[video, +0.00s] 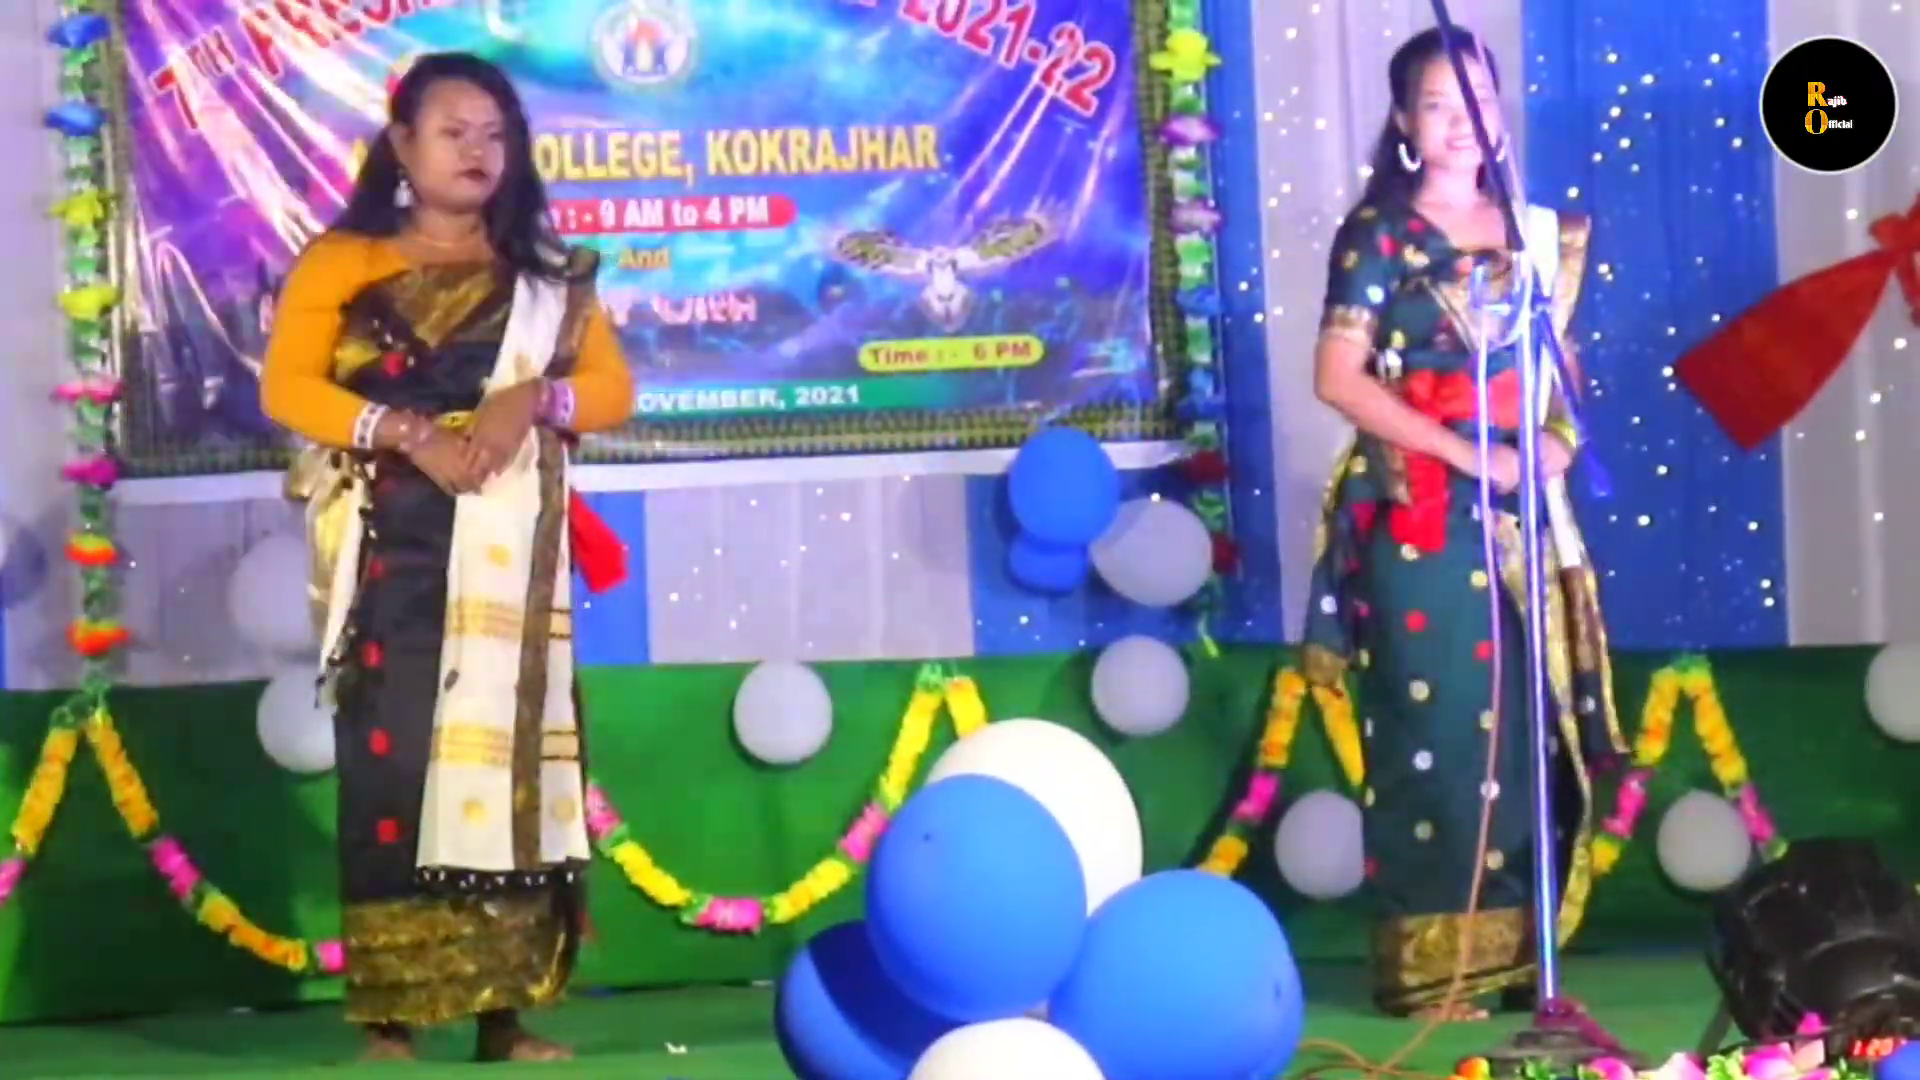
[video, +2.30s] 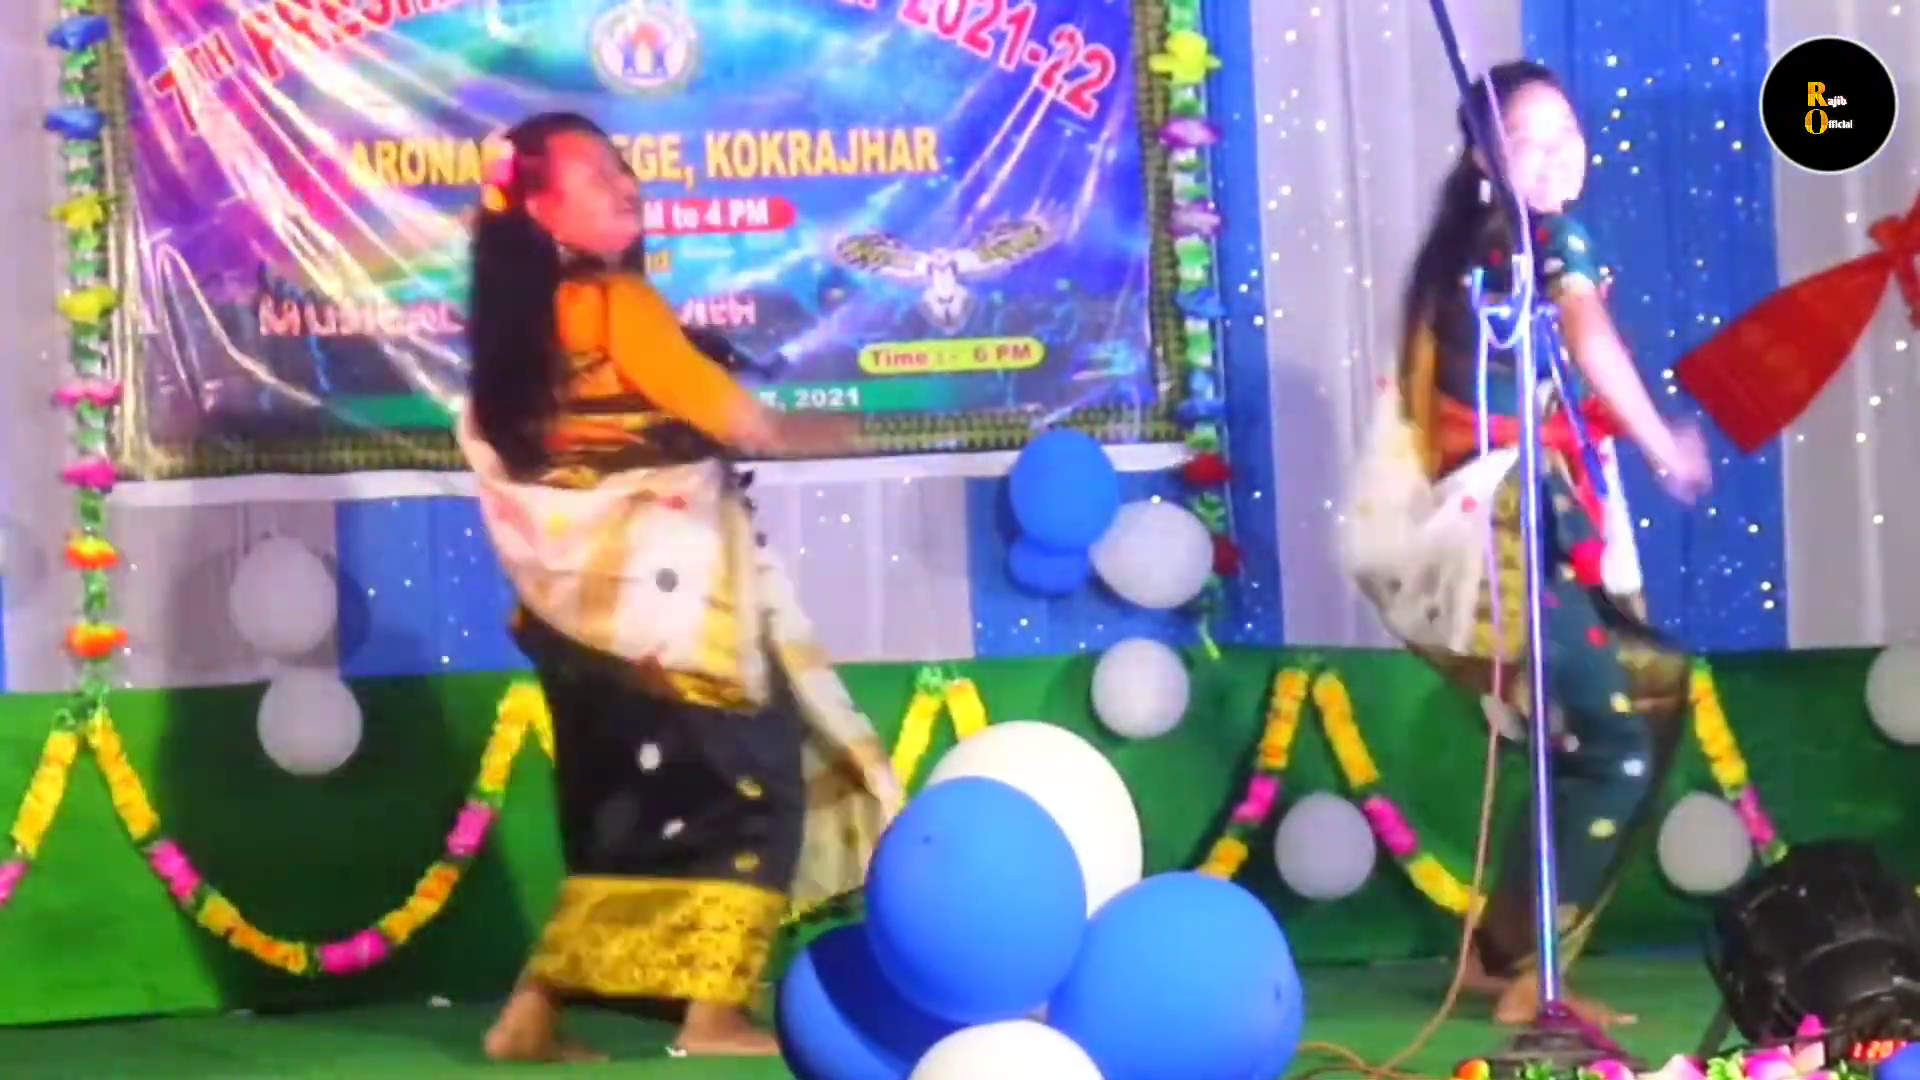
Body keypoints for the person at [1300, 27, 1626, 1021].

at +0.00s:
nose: (1456, 122)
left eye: (1471, 104)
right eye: (1435, 107)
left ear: (1495, 114)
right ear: (1405, 122)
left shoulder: (1527, 227)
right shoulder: (1379, 233)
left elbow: (1550, 360)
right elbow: (1337, 377)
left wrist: (1555, 435)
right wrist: (1463, 451)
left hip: (1521, 505)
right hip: (1425, 512)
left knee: (1532, 720)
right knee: (1442, 723)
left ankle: (1520, 951)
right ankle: (1434, 957)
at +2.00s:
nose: (1503, 139)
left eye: (1510, 119)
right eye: (1478, 125)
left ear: (1530, 129)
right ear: (1441, 145)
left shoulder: (1525, 248)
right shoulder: (1448, 244)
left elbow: (1536, 390)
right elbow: (1441, 391)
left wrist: (1609, 446)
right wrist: (1549, 435)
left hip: (1513, 529)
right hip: (1460, 531)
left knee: (1563, 727)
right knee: (1554, 727)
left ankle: (1451, 907)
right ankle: (1477, 929)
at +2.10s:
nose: (1524, 113)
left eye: (1529, 93)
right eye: (1502, 101)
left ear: (1541, 99)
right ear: (1459, 122)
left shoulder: (1535, 210)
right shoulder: (1457, 207)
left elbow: (1626, 332)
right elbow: (1491, 330)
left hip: (1544, 505)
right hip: (1480, 508)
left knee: (1536, 712)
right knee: (1571, 699)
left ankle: (1496, 944)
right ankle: (1487, 930)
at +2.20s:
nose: (1539, 129)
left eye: (1543, 109)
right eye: (1516, 114)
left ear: (1551, 113)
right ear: (1469, 130)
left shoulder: (1522, 226)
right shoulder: (1462, 228)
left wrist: (1596, 296)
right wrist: (1593, 306)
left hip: (1549, 531)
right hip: (1495, 542)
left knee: (1567, 739)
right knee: (1564, 740)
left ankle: (1513, 959)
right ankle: (1502, 964)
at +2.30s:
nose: (1570, 156)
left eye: (1570, 137)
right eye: (1548, 142)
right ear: (1501, 155)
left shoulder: (1453, 255)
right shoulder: (1541, 240)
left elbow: (1423, 419)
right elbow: (1592, 348)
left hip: (1453, 563)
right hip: (1505, 564)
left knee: (1579, 739)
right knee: (1616, 752)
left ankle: (1500, 943)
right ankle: (1531, 983)